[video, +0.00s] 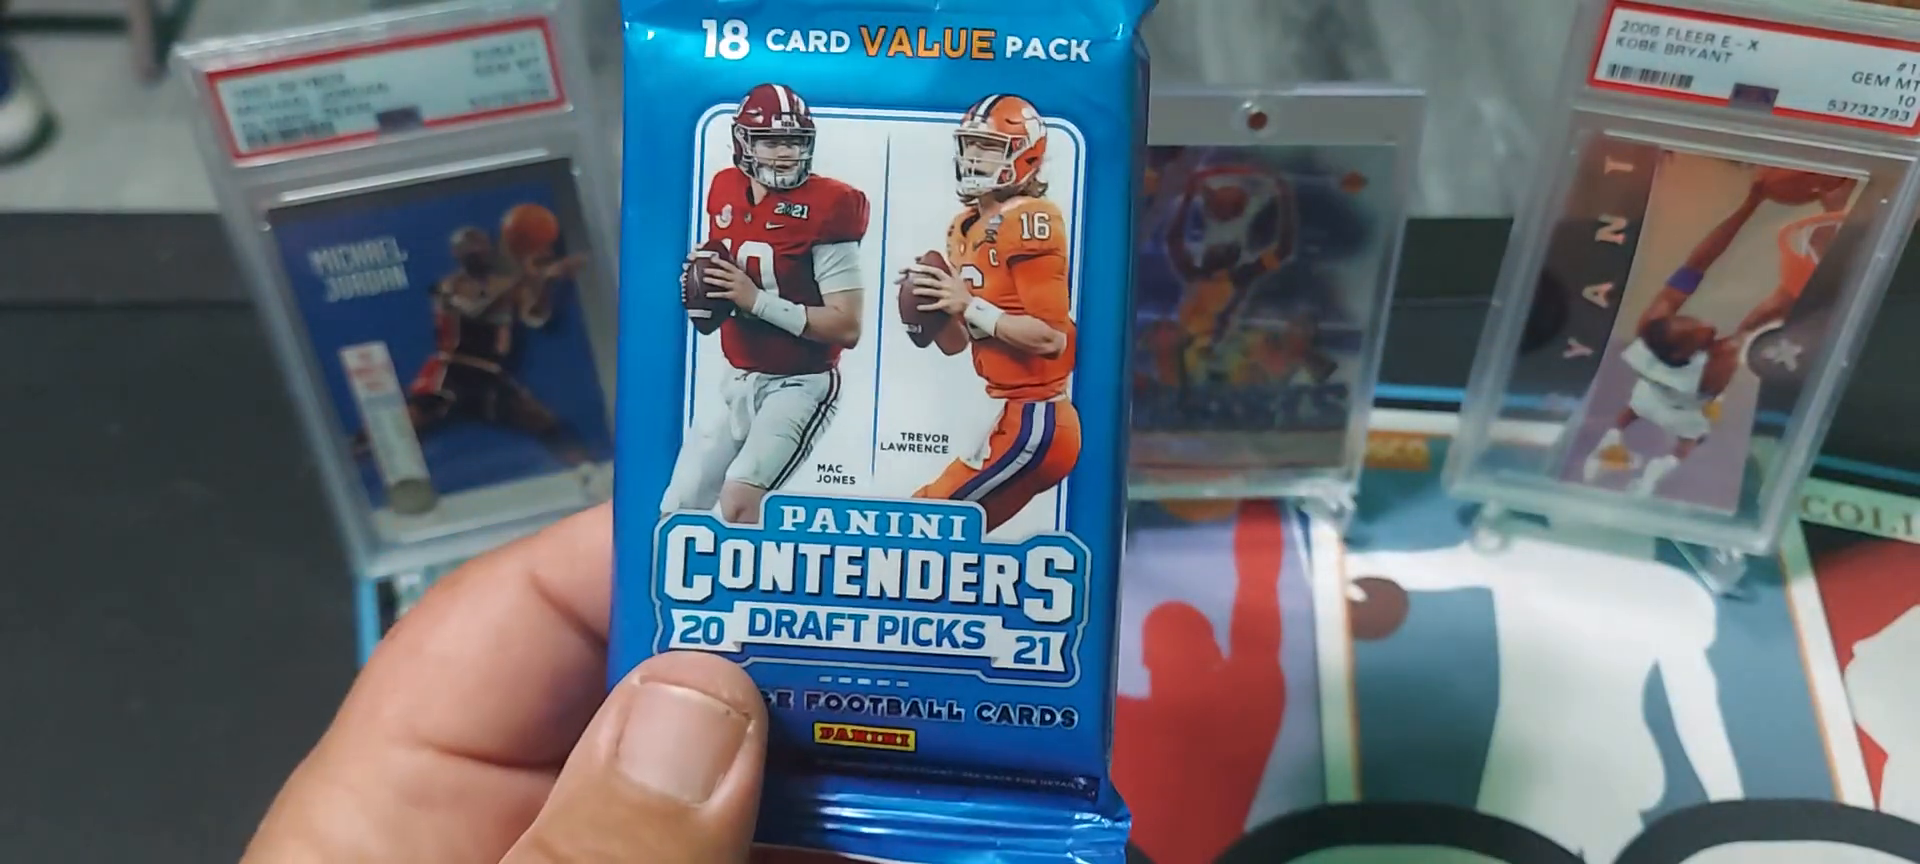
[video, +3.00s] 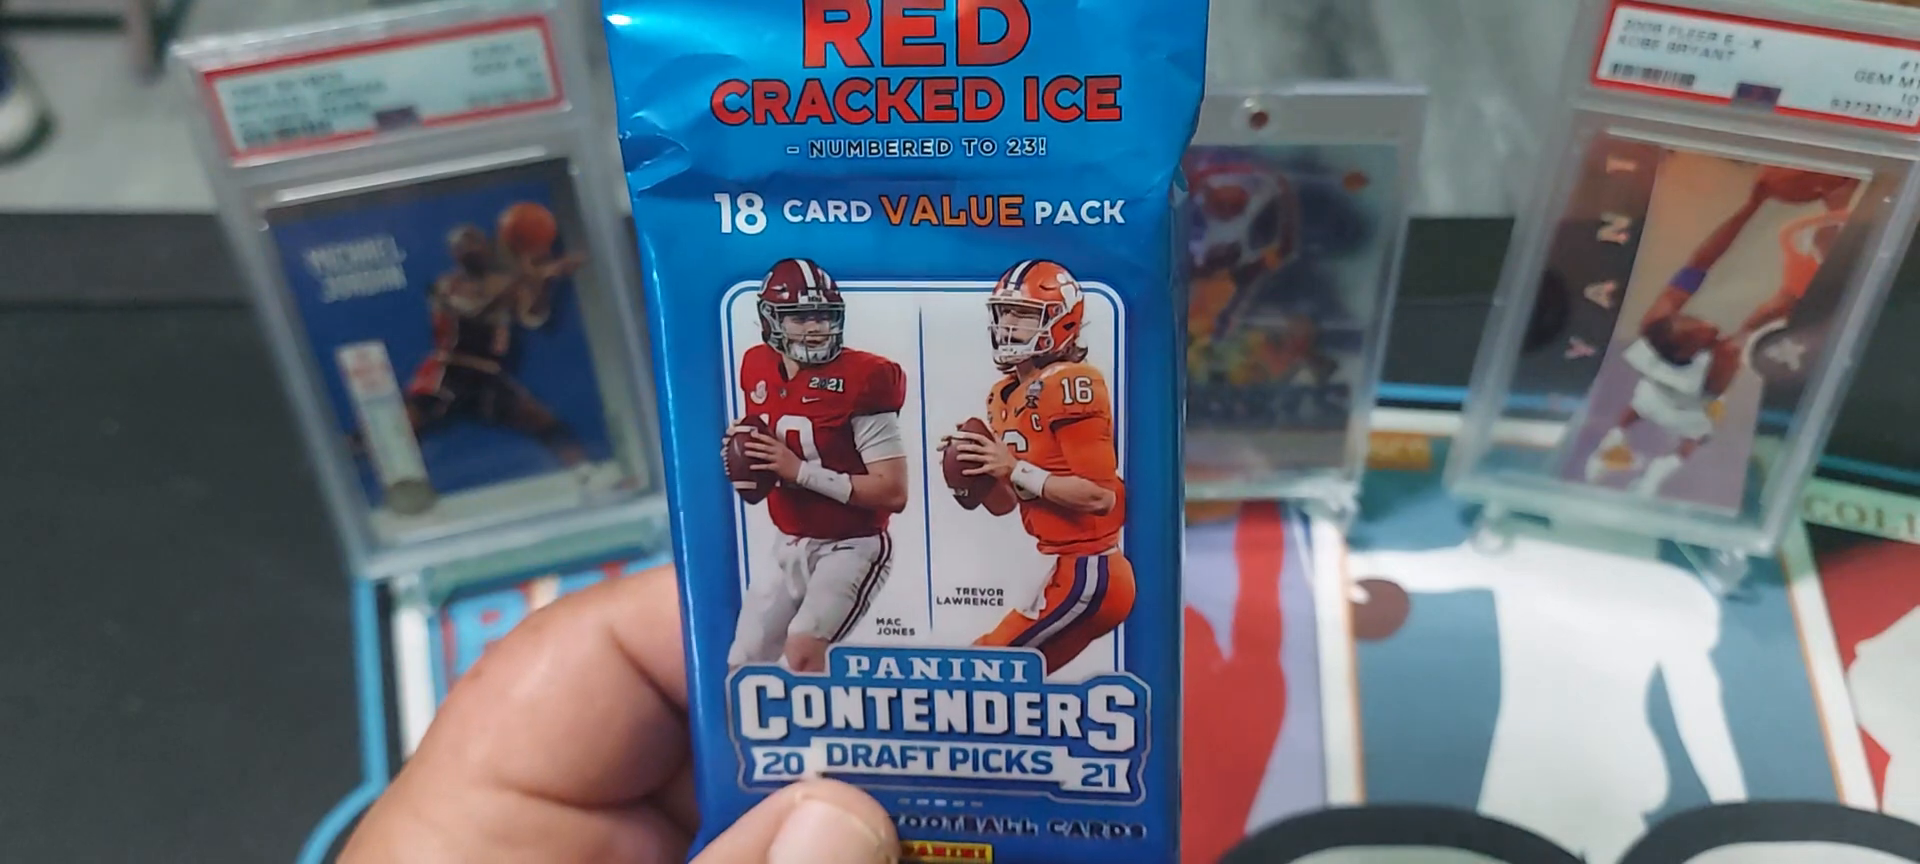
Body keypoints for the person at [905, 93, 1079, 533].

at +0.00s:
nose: (973, 158)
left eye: (988, 148)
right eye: (969, 145)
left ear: (1023, 157)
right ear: (959, 148)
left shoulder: (1032, 219)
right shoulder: (963, 226)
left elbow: (1049, 337)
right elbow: (954, 343)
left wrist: (967, 304)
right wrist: (929, 307)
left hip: (1037, 420)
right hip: (1012, 417)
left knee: (919, 526)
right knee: (932, 536)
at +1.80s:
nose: (961, 212)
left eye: (977, 199)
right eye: (956, 198)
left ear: (1014, 204)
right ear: (946, 202)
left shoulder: (1028, 273)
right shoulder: (956, 284)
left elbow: (1055, 390)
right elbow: (953, 402)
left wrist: (966, 363)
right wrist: (926, 360)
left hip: (1045, 478)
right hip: (1017, 473)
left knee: (930, 587)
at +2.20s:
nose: (947, 272)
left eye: (963, 260)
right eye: (941, 258)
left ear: (1002, 263)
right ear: (931, 261)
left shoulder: (1016, 329)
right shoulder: (943, 341)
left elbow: (1048, 445)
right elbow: (948, 456)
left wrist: (957, 418)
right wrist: (915, 418)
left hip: (1042, 529)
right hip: (1014, 525)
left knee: (930, 635)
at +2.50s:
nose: (996, 313)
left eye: (1011, 301)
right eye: (992, 300)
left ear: (1047, 306)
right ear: (983, 303)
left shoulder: (1062, 371)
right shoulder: (992, 380)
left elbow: (1087, 482)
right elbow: (990, 490)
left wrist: (1001, 455)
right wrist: (961, 453)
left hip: (1078, 562)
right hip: (1052, 558)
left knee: (966, 663)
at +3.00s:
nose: (1008, 327)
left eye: (1023, 316)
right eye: (1003, 314)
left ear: (1059, 320)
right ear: (994, 317)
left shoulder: (1073, 384)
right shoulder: (1003, 394)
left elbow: (1098, 494)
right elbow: (1002, 503)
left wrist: (1012, 468)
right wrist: (972, 465)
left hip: (1089, 574)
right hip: (1065, 570)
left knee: (978, 674)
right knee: (994, 683)